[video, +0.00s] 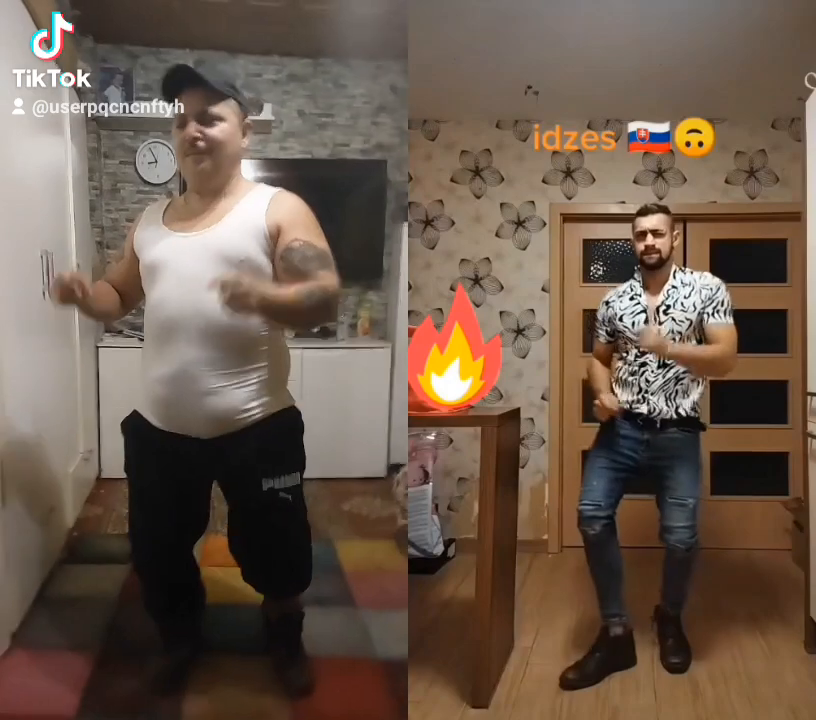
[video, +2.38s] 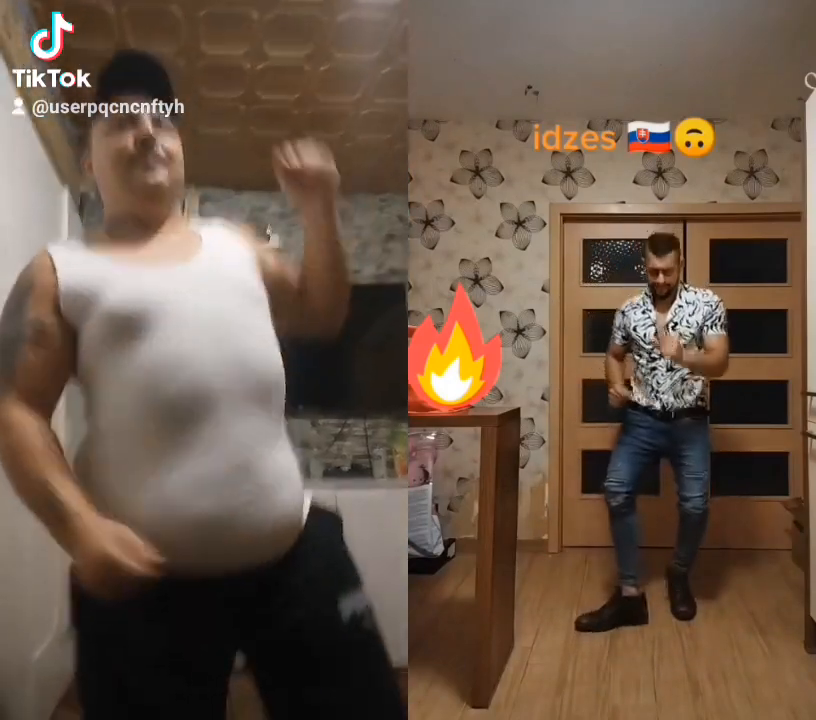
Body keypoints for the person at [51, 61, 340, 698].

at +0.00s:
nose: (193, 132)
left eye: (211, 120)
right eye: (184, 121)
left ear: (244, 134)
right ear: (174, 135)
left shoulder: (278, 209)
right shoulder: (151, 222)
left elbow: (324, 294)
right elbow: (116, 297)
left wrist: (265, 296)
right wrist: (84, 292)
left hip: (256, 424)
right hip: (162, 426)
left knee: (278, 552)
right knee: (159, 556)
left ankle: (286, 642)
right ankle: (179, 648)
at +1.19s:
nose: (210, 181)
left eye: (221, 164)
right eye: (194, 172)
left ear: (246, 176)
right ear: (176, 193)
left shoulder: (293, 248)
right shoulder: (158, 276)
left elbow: (350, 326)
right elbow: (123, 368)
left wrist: (353, 267)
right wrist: (120, 322)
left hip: (288, 480)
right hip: (186, 483)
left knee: (299, 627)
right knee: (152, 633)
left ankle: (292, 703)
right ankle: (136, 705)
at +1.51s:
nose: (258, 244)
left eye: (272, 232)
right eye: (242, 230)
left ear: (286, 248)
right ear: (212, 247)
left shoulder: (316, 330)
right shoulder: (170, 325)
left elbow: (370, 414)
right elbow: (102, 399)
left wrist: (359, 327)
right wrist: (92, 355)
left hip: (286, 575)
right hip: (169, 574)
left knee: (308, 712)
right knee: (140, 712)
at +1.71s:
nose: (237, 273)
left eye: (253, 266)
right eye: (221, 262)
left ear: (269, 293)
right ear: (194, 283)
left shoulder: (292, 376)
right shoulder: (140, 356)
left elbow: (329, 494)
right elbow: (51, 429)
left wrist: (307, 400)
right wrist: (55, 347)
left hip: (250, 650)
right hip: (118, 648)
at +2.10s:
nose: (172, 180)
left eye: (184, 172)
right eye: (148, 168)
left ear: (201, 204)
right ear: (108, 202)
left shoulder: (245, 296)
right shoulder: (71, 292)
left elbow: (289, 395)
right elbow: (22, 413)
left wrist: (333, 357)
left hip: (264, 609)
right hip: (119, 620)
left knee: (304, 706)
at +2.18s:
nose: (164, 173)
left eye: (178, 164)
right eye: (139, 161)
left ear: (198, 196)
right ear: (102, 196)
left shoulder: (241, 288)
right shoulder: (72, 291)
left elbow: (298, 380)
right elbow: (42, 421)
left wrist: (343, 313)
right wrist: (164, 475)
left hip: (289, 608)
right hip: (142, 625)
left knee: (330, 711)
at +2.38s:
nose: (145, 133)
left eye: (162, 119)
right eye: (121, 122)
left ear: (183, 149)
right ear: (88, 161)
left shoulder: (239, 247)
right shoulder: (63, 272)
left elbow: (323, 316)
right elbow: (19, 411)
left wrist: (319, 212)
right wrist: (82, 529)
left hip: (292, 570)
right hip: (144, 590)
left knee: (365, 712)